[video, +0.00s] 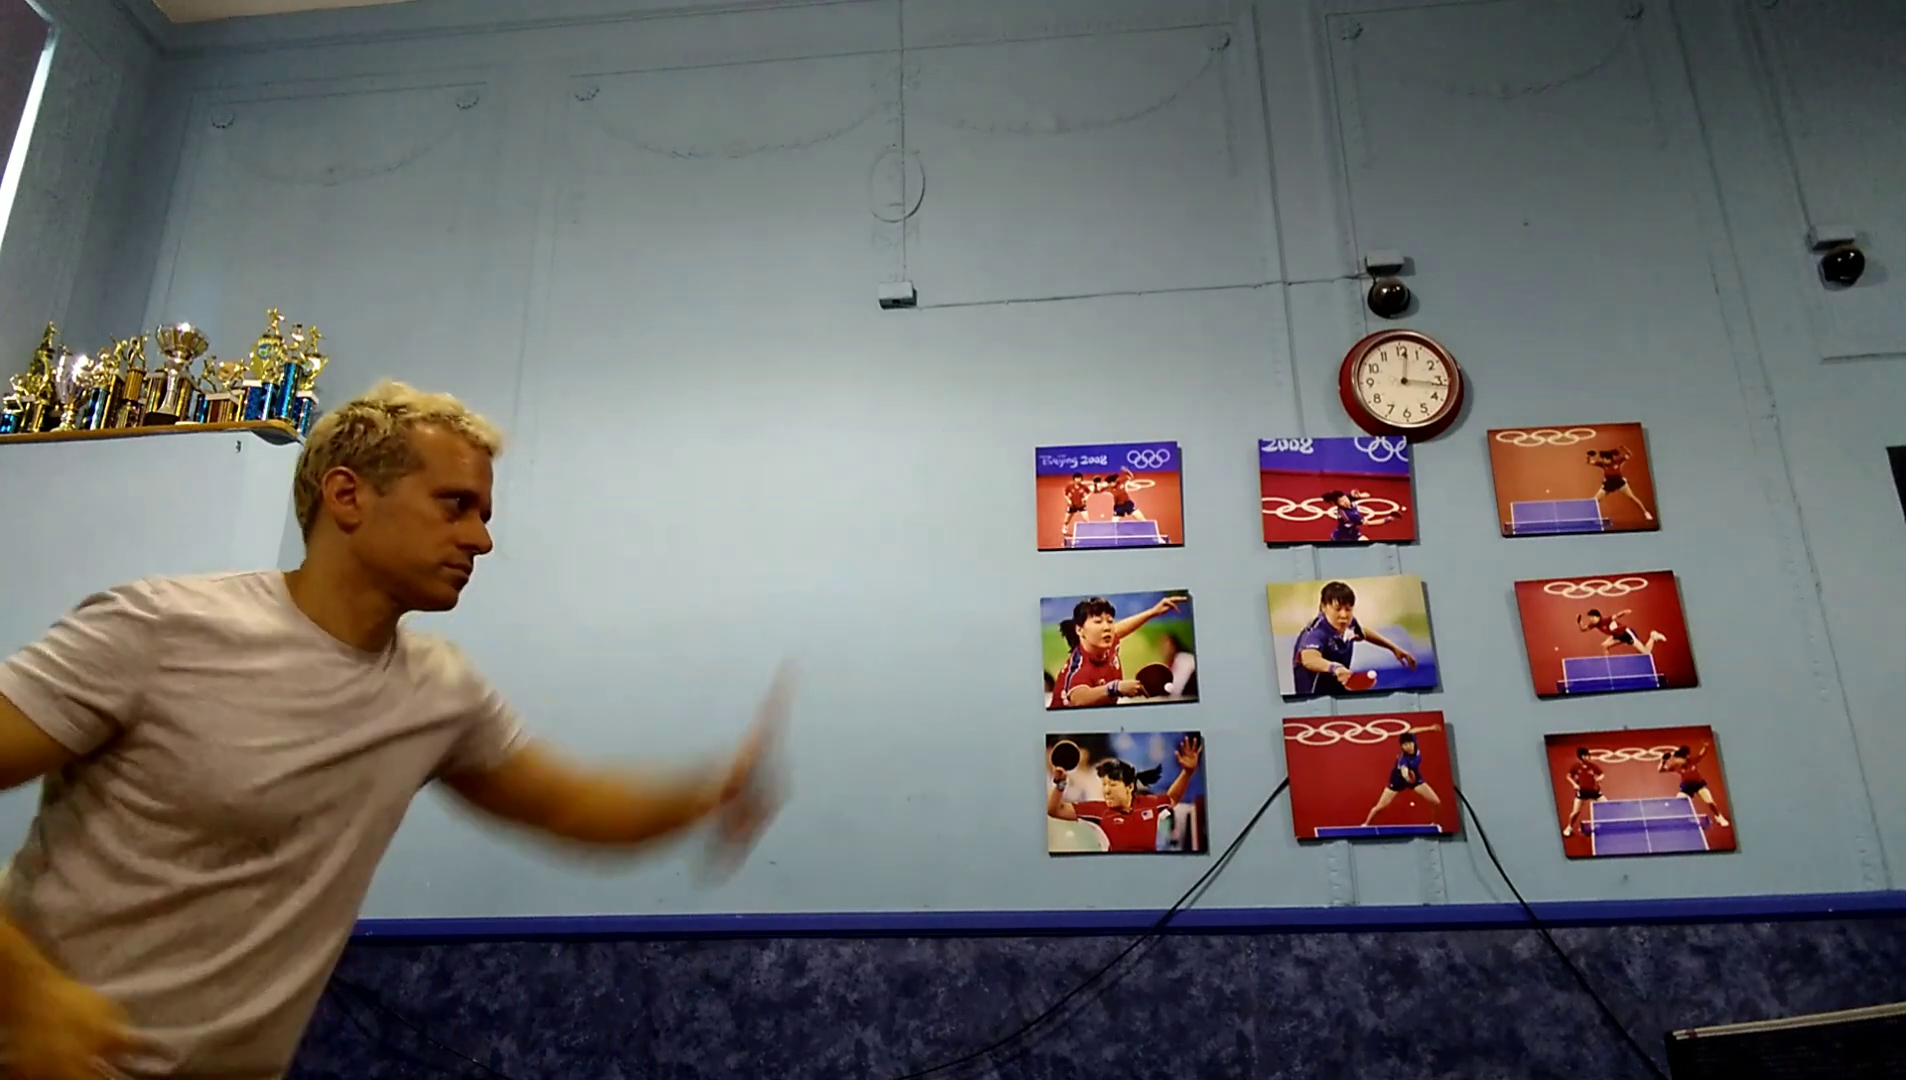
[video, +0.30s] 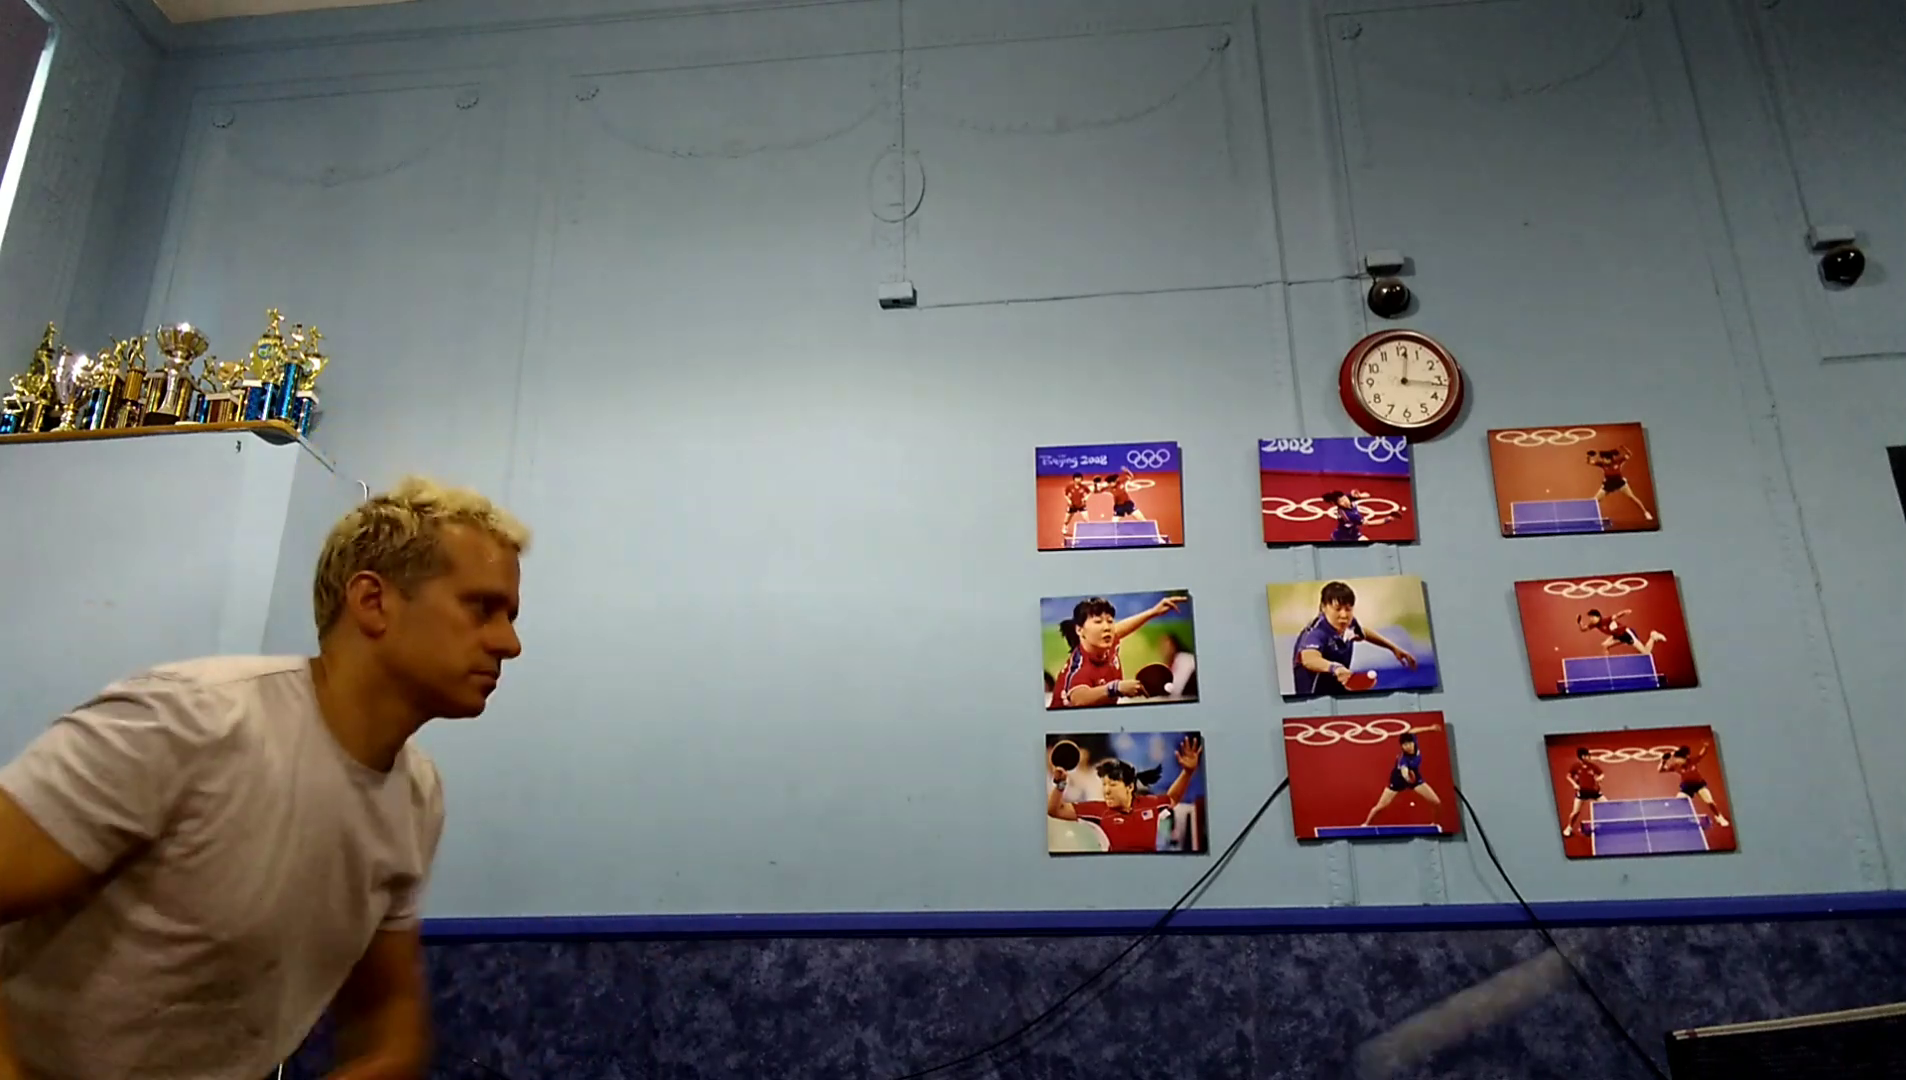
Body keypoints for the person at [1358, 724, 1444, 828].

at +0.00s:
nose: (1408, 747)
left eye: (1409, 744)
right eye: (1405, 745)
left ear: (1413, 743)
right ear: (1402, 747)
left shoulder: (1416, 747)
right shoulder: (1403, 759)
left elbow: (1413, 731)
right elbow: (1404, 771)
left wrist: (1431, 728)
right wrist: (1409, 779)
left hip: (1415, 780)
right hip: (1398, 781)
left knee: (1436, 802)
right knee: (1381, 805)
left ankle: (1434, 823)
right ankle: (1366, 823)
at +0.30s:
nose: (1408, 747)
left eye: (1409, 744)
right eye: (1405, 745)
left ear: (1413, 743)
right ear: (1402, 746)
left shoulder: (1416, 747)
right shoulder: (1403, 759)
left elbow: (1413, 731)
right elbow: (1404, 771)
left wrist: (1431, 728)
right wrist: (1409, 779)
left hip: (1415, 780)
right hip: (1398, 781)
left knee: (1436, 802)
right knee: (1381, 805)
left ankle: (1434, 823)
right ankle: (1366, 823)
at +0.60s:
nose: (1408, 747)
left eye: (1409, 744)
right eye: (1405, 745)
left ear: (1413, 743)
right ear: (1402, 746)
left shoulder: (1416, 747)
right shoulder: (1403, 759)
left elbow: (1413, 731)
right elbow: (1404, 771)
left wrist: (1431, 728)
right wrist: (1409, 778)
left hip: (1415, 779)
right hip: (1398, 781)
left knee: (1436, 802)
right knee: (1381, 805)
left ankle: (1434, 823)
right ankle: (1366, 823)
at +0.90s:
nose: (1408, 747)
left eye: (1409, 744)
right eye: (1405, 745)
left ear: (1413, 743)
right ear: (1402, 746)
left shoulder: (1416, 747)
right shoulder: (1403, 759)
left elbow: (1413, 731)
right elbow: (1403, 770)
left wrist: (1431, 728)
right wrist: (1408, 778)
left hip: (1415, 780)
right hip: (1398, 781)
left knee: (1436, 802)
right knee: (1381, 805)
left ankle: (1434, 823)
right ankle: (1366, 823)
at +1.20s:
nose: (1408, 747)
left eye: (1409, 744)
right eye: (1405, 745)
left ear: (1413, 743)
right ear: (1402, 746)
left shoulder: (1416, 747)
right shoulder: (1403, 759)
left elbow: (1414, 731)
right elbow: (1404, 771)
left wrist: (1431, 728)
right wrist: (1408, 778)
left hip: (1415, 779)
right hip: (1398, 781)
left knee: (1436, 802)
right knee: (1381, 805)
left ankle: (1434, 823)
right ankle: (1366, 823)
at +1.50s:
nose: (1408, 747)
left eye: (1409, 744)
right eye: (1405, 745)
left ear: (1413, 743)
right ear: (1402, 746)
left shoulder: (1416, 747)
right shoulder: (1403, 759)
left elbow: (1414, 731)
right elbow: (1404, 771)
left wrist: (1431, 728)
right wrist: (1409, 778)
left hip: (1415, 779)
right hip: (1398, 781)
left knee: (1436, 802)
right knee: (1381, 805)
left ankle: (1434, 823)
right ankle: (1366, 823)